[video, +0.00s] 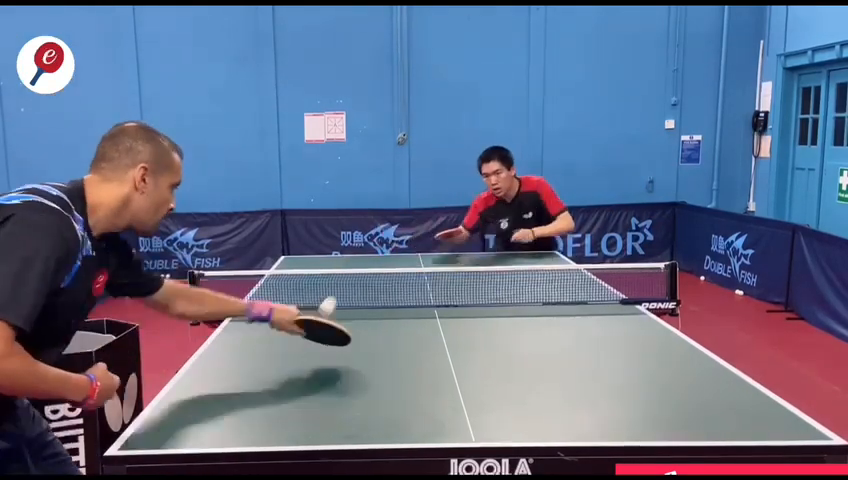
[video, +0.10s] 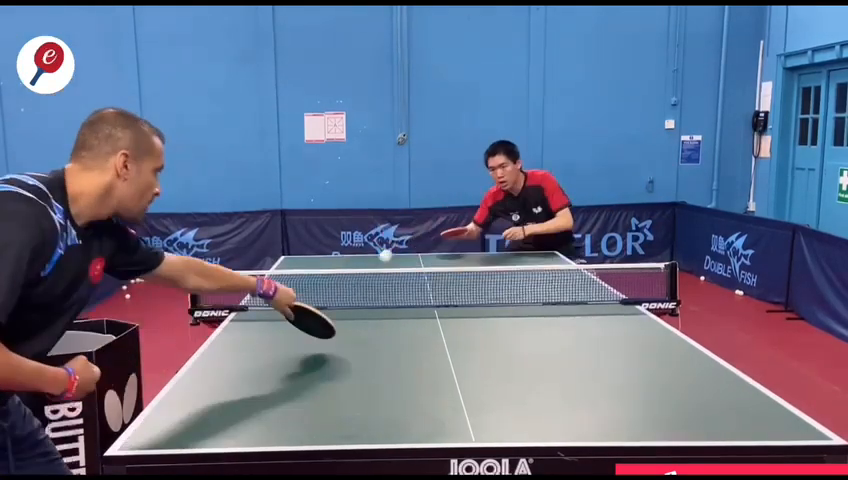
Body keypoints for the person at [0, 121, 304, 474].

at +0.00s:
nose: (173, 205)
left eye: (176, 191)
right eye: (172, 189)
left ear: (139, 180)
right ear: (141, 179)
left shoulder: (102, 236)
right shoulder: (42, 229)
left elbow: (174, 298)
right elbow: (2, 354)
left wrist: (267, 311)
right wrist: (84, 387)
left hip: (16, 406)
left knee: (64, 472)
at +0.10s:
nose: (158, 189)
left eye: (159, 175)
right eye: (155, 172)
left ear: (125, 168)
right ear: (122, 166)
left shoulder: (100, 231)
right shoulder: (22, 219)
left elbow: (183, 272)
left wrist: (266, 288)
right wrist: (62, 381)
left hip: (12, 404)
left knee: (50, 471)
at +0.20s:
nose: (128, 161)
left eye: (128, 146)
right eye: (124, 145)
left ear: (89, 141)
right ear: (90, 140)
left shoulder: (62, 209)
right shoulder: (9, 208)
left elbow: (126, 261)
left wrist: (223, 280)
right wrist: (46, 373)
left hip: (5, 405)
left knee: (40, 471)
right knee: (34, 466)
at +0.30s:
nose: (83, 135)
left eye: (82, 120)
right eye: (77, 118)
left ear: (43, 117)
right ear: (43, 117)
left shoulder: (19, 199)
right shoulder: (4, 203)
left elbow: (43, 274)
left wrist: (138, 285)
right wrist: (28, 373)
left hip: (3, 416)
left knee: (29, 469)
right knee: (25, 466)